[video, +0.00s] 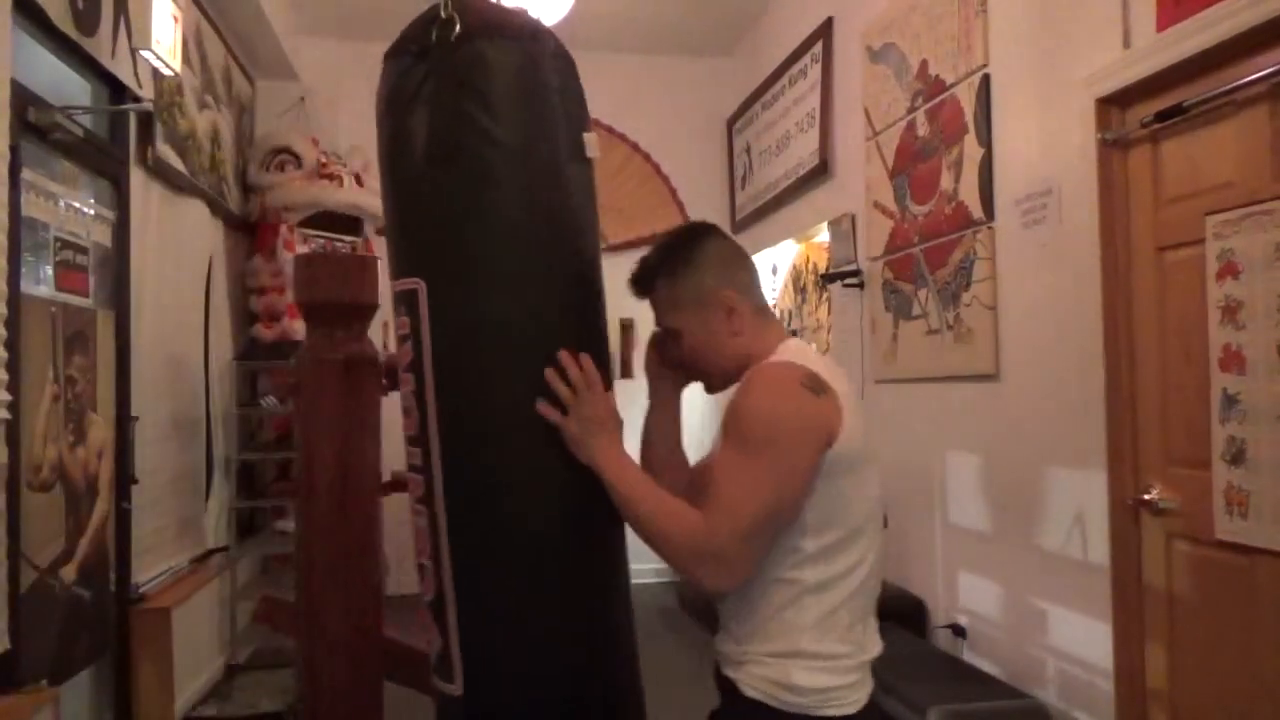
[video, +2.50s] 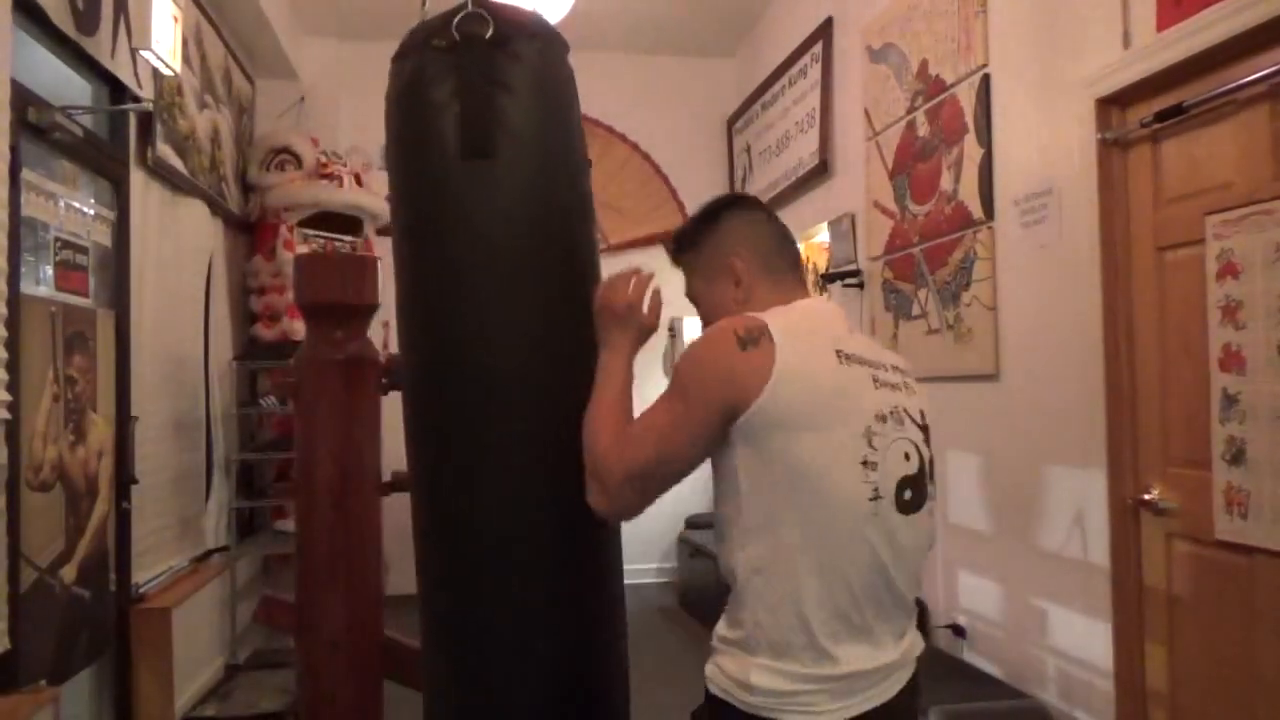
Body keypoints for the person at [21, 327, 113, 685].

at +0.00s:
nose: (70, 390)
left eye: (76, 381)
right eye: (65, 382)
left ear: (91, 385)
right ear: (61, 388)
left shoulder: (104, 431)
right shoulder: (62, 437)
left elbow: (104, 501)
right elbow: (38, 481)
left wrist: (76, 563)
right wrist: (45, 405)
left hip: (104, 549)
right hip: (75, 547)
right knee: (32, 602)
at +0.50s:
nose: (69, 391)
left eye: (75, 382)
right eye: (64, 383)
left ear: (91, 384)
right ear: (59, 387)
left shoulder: (103, 430)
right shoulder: (61, 434)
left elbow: (105, 499)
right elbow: (38, 480)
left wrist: (76, 563)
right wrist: (46, 401)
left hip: (104, 547)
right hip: (74, 547)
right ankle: (55, 690)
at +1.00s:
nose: (69, 392)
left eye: (75, 383)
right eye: (64, 384)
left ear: (90, 386)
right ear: (60, 391)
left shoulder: (104, 432)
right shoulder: (61, 439)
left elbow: (104, 502)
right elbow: (36, 480)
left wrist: (75, 563)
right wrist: (46, 399)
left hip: (105, 549)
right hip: (75, 549)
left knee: (104, 626)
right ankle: (59, 685)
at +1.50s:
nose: (70, 392)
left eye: (76, 383)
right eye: (65, 385)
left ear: (90, 384)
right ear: (61, 390)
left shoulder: (104, 430)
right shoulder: (62, 440)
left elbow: (105, 500)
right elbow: (38, 481)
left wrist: (76, 562)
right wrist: (45, 402)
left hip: (104, 555)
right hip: (73, 553)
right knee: (26, 607)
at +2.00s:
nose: (70, 391)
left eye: (75, 382)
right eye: (65, 384)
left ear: (90, 384)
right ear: (60, 390)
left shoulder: (105, 432)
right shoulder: (62, 440)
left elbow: (105, 500)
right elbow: (37, 481)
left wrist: (75, 562)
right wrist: (44, 404)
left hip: (104, 554)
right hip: (74, 555)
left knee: (104, 635)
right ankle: (57, 695)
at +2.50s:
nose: (70, 391)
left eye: (77, 381)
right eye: (65, 382)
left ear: (91, 384)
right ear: (60, 387)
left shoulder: (105, 432)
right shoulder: (62, 438)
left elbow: (104, 501)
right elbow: (37, 479)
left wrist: (75, 562)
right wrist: (46, 401)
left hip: (103, 552)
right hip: (74, 551)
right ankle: (56, 687)